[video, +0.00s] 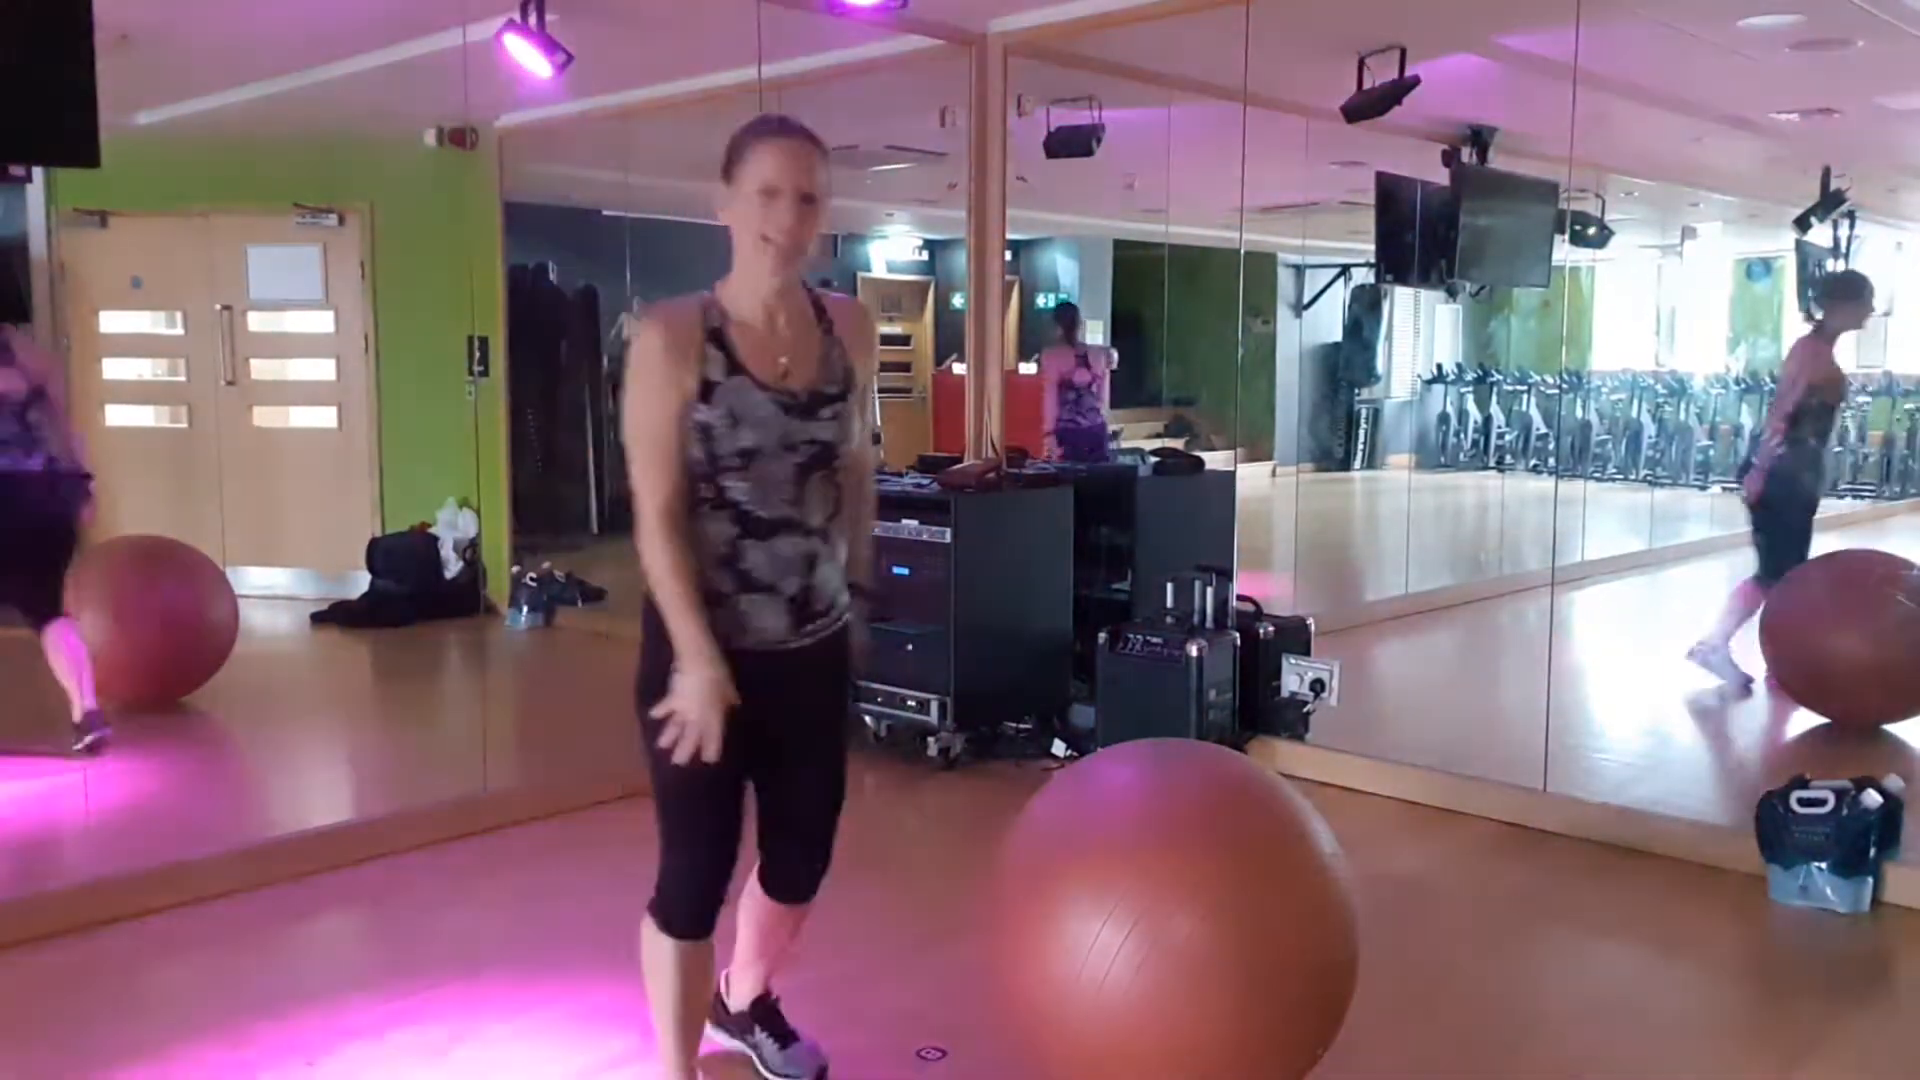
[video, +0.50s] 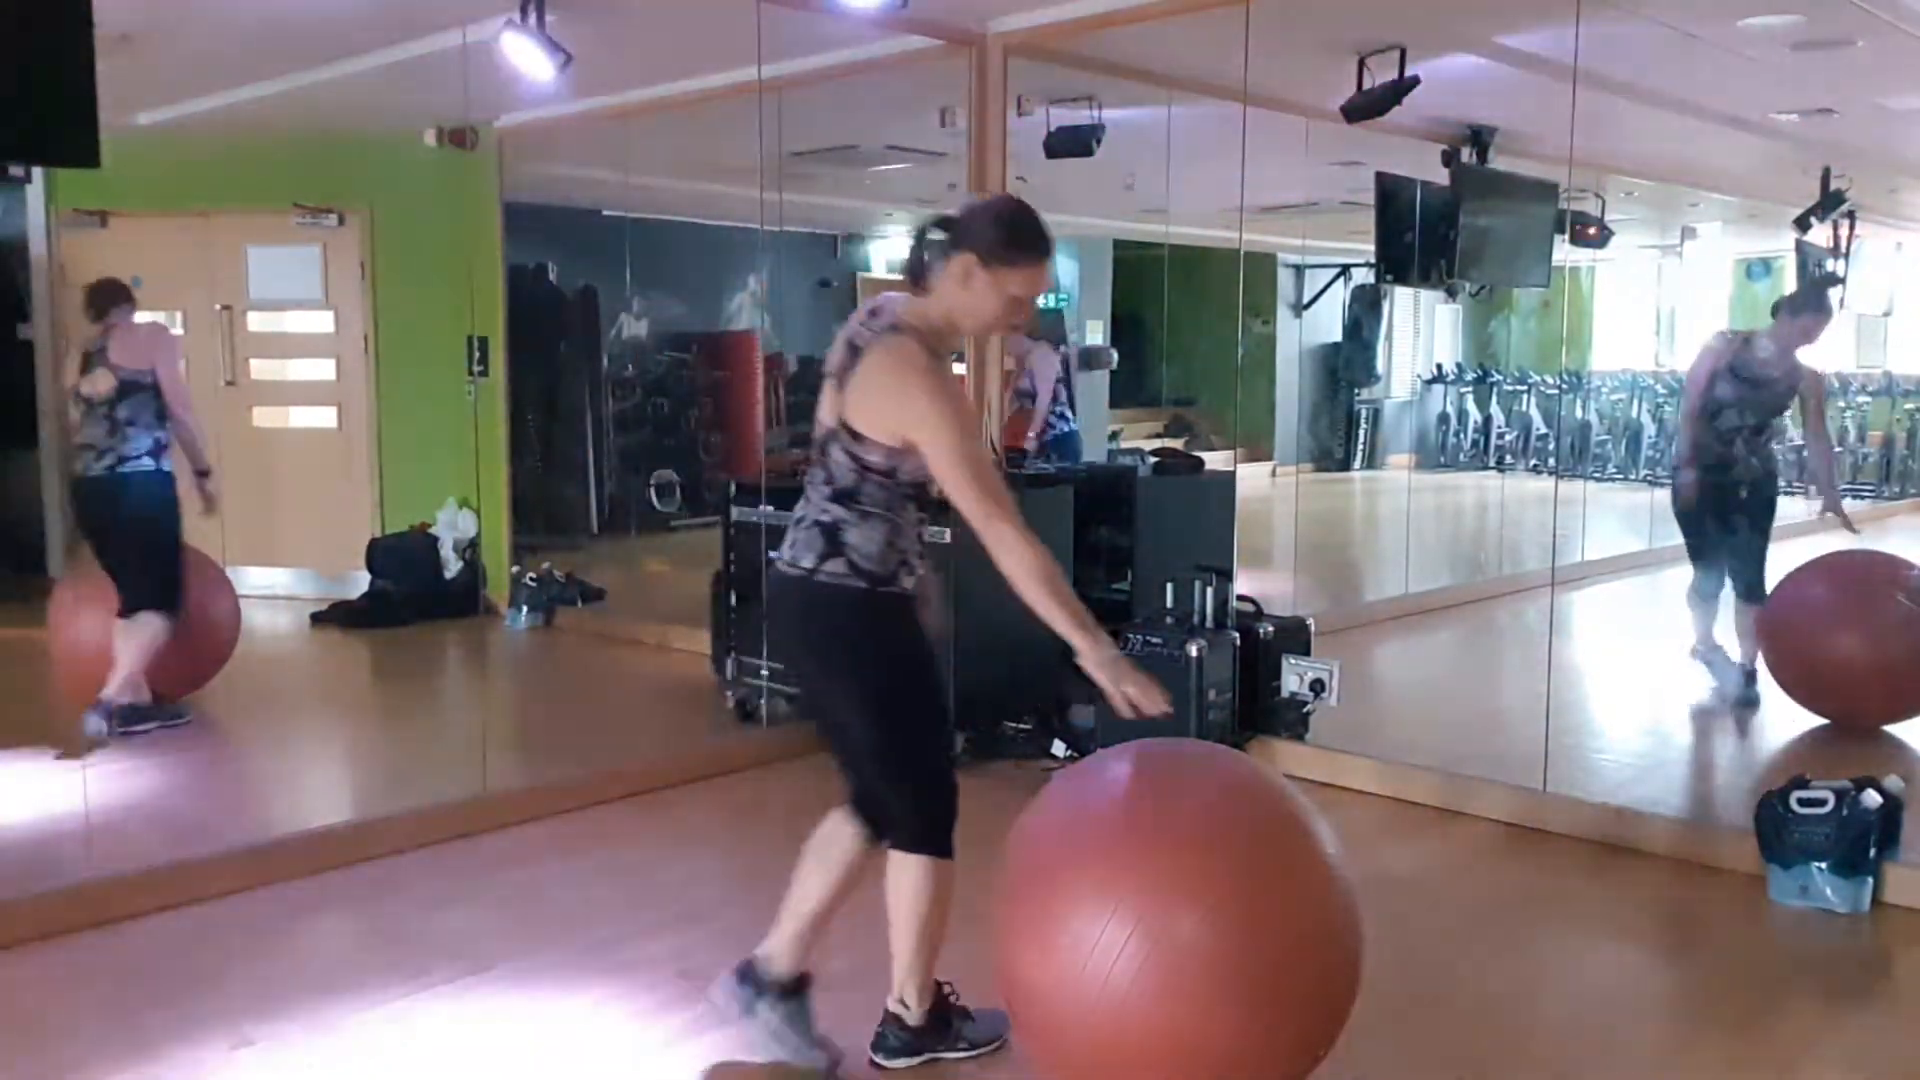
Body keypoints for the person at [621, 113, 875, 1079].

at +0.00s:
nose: (788, 216)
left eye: (807, 199)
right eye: (768, 194)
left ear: (825, 213)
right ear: (727, 201)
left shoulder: (841, 329)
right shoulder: (671, 335)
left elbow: (855, 477)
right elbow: (656, 516)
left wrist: (848, 595)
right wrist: (697, 661)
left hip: (812, 642)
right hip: (702, 644)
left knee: (798, 858)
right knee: (696, 873)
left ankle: (743, 1002)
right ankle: (674, 1068)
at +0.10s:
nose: (844, 255)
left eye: (853, 233)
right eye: (825, 232)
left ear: (858, 228)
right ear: (762, 219)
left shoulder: (843, 324)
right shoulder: (710, 351)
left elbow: (869, 470)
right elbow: (719, 526)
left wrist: (917, 589)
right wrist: (773, 665)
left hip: (827, 627)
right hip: (735, 631)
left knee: (810, 846)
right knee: (745, 866)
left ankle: (749, 1007)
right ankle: (694, 1067)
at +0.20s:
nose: (886, 275)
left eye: (893, 256)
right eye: (872, 254)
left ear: (872, 250)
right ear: (811, 236)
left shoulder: (848, 334)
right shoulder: (752, 355)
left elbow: (879, 470)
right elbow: (794, 520)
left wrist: (957, 556)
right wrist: (862, 657)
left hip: (815, 607)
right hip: (755, 617)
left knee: (813, 826)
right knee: (829, 834)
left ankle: (742, 1013)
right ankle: (746, 1044)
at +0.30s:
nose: (933, 275)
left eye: (939, 256)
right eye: (924, 254)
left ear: (873, 242)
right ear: (865, 234)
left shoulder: (849, 337)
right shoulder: (807, 346)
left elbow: (877, 463)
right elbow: (860, 507)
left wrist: (956, 521)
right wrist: (941, 638)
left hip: (798, 611)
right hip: (784, 615)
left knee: (800, 819)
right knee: (875, 805)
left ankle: (737, 1011)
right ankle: (834, 1038)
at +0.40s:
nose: (964, 287)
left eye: (972, 270)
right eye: (960, 266)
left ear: (912, 245)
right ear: (905, 239)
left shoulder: (862, 331)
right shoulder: (854, 347)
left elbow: (901, 488)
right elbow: (918, 506)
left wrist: (969, 548)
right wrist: (1011, 632)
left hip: (795, 599)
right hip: (816, 607)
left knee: (811, 811)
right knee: (894, 802)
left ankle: (733, 1010)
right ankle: (907, 1017)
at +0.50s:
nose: (1019, 320)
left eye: (1029, 304)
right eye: (1016, 300)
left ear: (961, 272)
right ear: (963, 271)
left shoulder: (882, 323)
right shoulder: (909, 369)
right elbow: (999, 528)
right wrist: (1100, 654)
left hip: (817, 590)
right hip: (856, 601)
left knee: (877, 792)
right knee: (924, 799)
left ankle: (772, 974)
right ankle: (913, 1013)